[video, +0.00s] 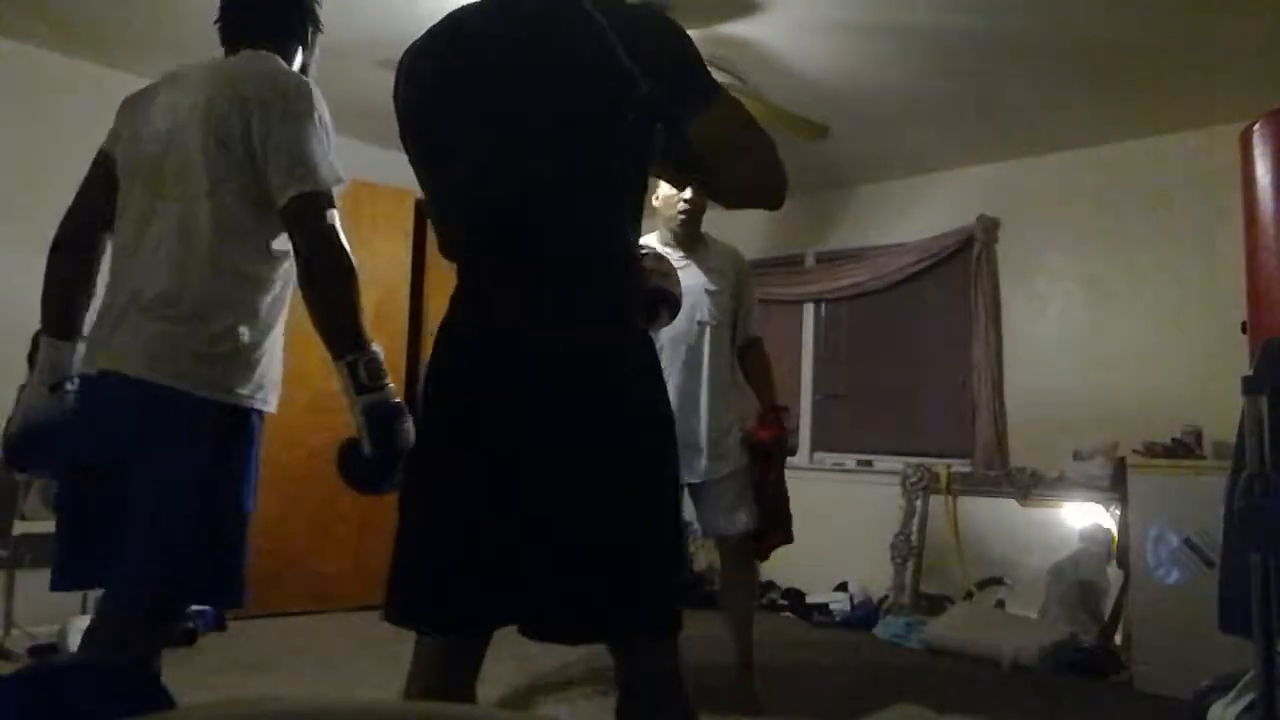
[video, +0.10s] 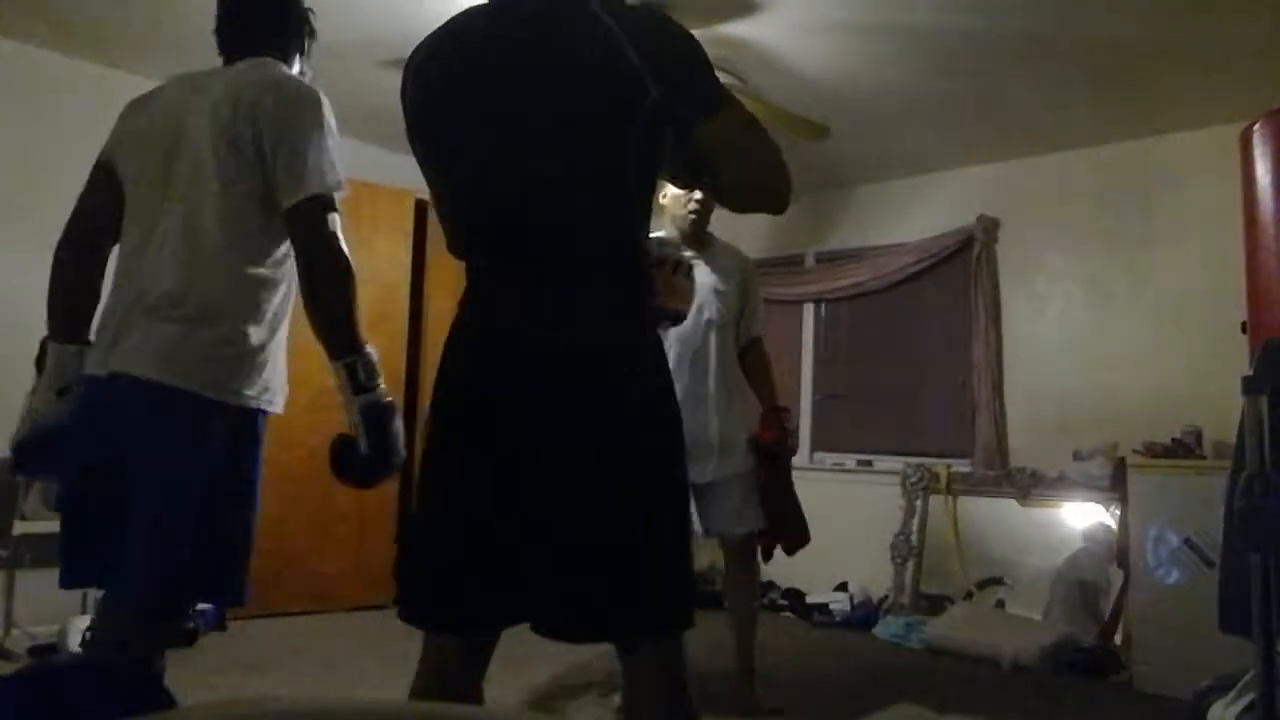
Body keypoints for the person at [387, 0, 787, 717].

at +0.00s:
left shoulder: (424, 59)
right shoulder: (631, 28)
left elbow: (455, 238)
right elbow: (760, 181)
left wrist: (620, 278)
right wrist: (648, 139)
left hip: (475, 363)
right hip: (604, 367)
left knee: (446, 644)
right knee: (647, 652)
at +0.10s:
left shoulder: (432, 60)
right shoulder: (642, 35)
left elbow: (461, 235)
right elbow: (765, 186)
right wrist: (662, 135)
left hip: (487, 359)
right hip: (615, 360)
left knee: (452, 647)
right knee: (650, 649)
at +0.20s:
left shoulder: (441, 56)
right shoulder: (653, 38)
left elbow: (472, 233)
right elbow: (771, 189)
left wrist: (641, 269)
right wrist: (667, 133)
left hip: (496, 356)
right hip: (622, 358)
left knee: (460, 641)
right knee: (655, 649)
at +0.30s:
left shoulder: (450, 54)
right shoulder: (663, 40)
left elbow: (479, 225)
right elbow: (776, 189)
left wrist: (652, 256)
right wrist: (673, 136)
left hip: (505, 356)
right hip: (629, 358)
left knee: (465, 643)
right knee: (659, 646)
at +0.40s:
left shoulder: (456, 52)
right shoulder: (671, 42)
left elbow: (499, 217)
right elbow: (778, 189)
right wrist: (679, 139)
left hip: (510, 361)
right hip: (635, 365)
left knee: (471, 639)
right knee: (661, 644)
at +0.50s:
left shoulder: (462, 51)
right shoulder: (674, 40)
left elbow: (496, 212)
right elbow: (776, 188)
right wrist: (671, 158)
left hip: (514, 362)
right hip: (638, 366)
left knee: (472, 640)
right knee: (663, 645)